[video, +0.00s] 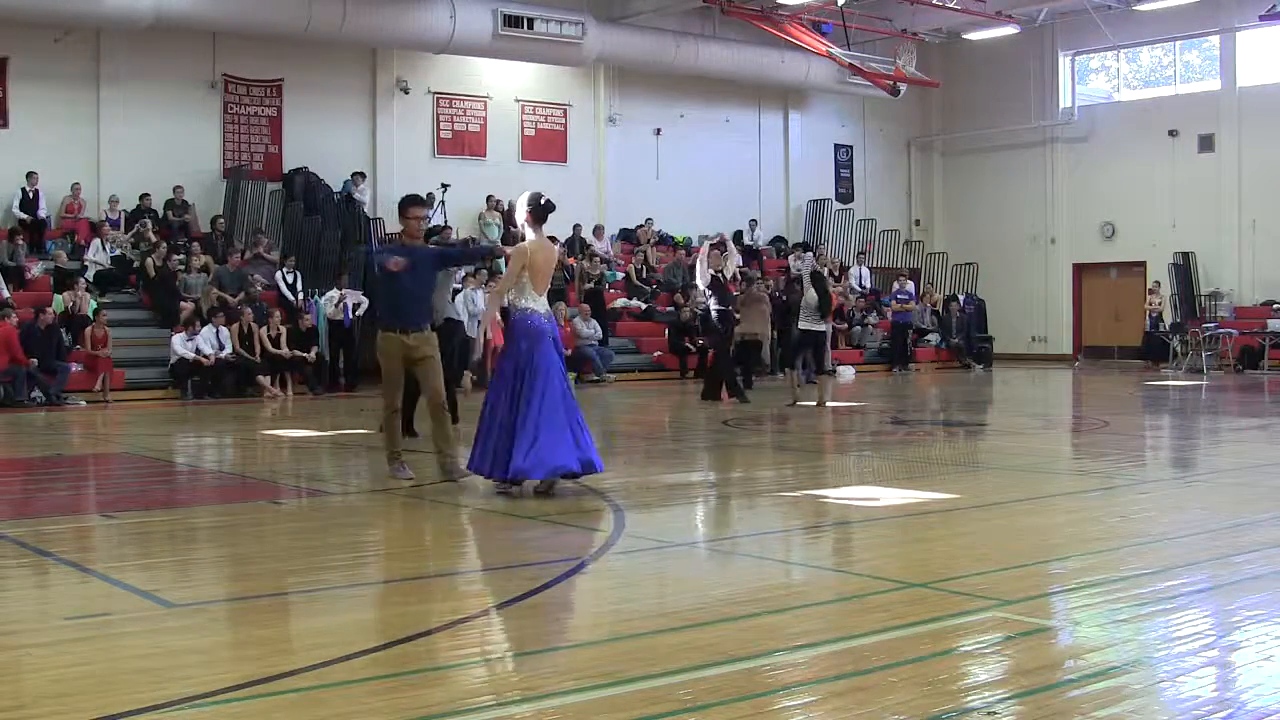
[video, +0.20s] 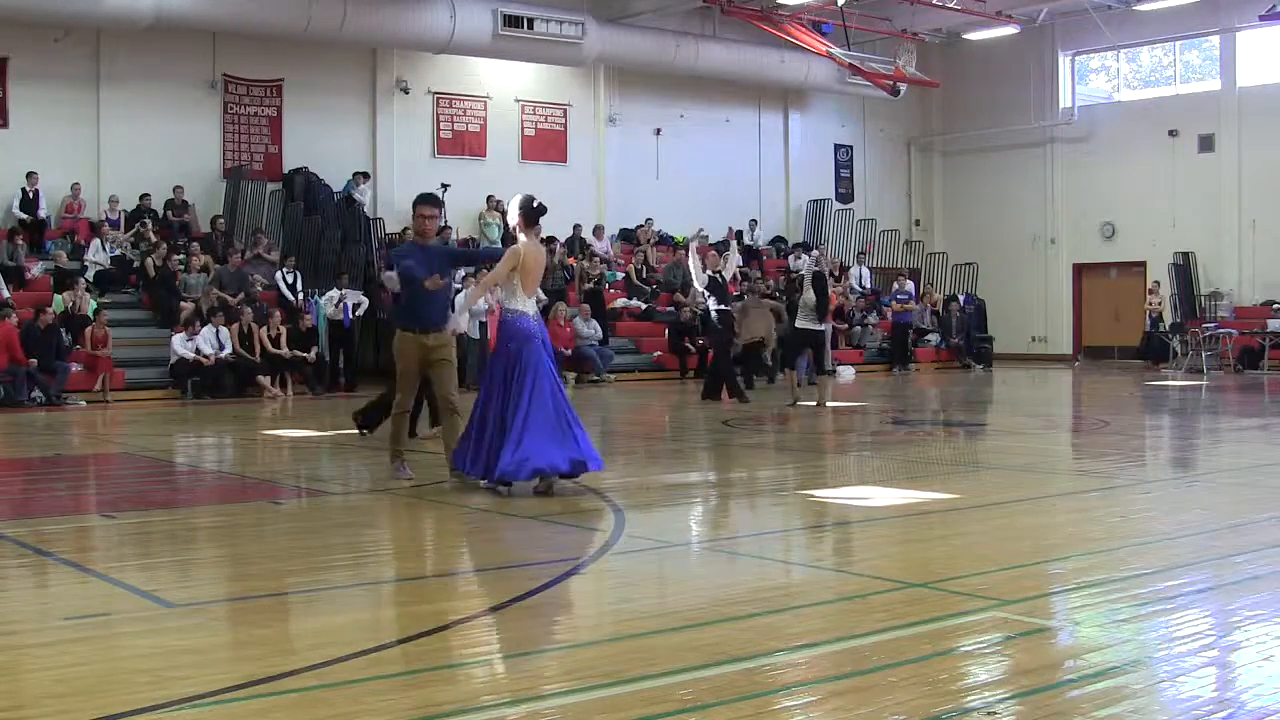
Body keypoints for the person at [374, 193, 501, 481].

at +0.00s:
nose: (420, 225)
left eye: (424, 219)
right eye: (414, 219)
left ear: (427, 221)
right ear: (401, 221)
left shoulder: (430, 254)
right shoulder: (383, 251)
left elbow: (461, 254)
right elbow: (368, 257)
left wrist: (496, 251)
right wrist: (384, 262)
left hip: (423, 336)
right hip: (391, 337)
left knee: (438, 397)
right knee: (393, 401)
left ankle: (449, 463)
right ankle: (395, 460)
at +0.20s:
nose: (427, 224)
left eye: (432, 219)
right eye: (422, 218)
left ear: (440, 222)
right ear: (413, 220)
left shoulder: (445, 253)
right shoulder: (401, 252)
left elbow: (476, 255)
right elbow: (403, 272)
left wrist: (507, 253)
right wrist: (423, 282)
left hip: (442, 337)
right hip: (409, 338)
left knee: (451, 402)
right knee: (404, 403)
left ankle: (456, 465)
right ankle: (397, 459)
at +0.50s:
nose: (443, 221)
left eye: (449, 215)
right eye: (438, 215)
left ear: (459, 217)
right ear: (432, 217)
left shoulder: (471, 249)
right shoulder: (422, 252)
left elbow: (500, 258)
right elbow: (418, 294)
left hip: (469, 332)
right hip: (440, 332)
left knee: (470, 396)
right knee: (447, 395)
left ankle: (464, 455)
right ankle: (426, 448)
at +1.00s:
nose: (450, 217)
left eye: (455, 211)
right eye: (445, 213)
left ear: (465, 213)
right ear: (439, 216)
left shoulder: (479, 247)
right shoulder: (434, 248)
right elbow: (421, 283)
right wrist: (416, 266)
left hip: (482, 327)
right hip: (452, 328)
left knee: (484, 389)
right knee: (458, 390)